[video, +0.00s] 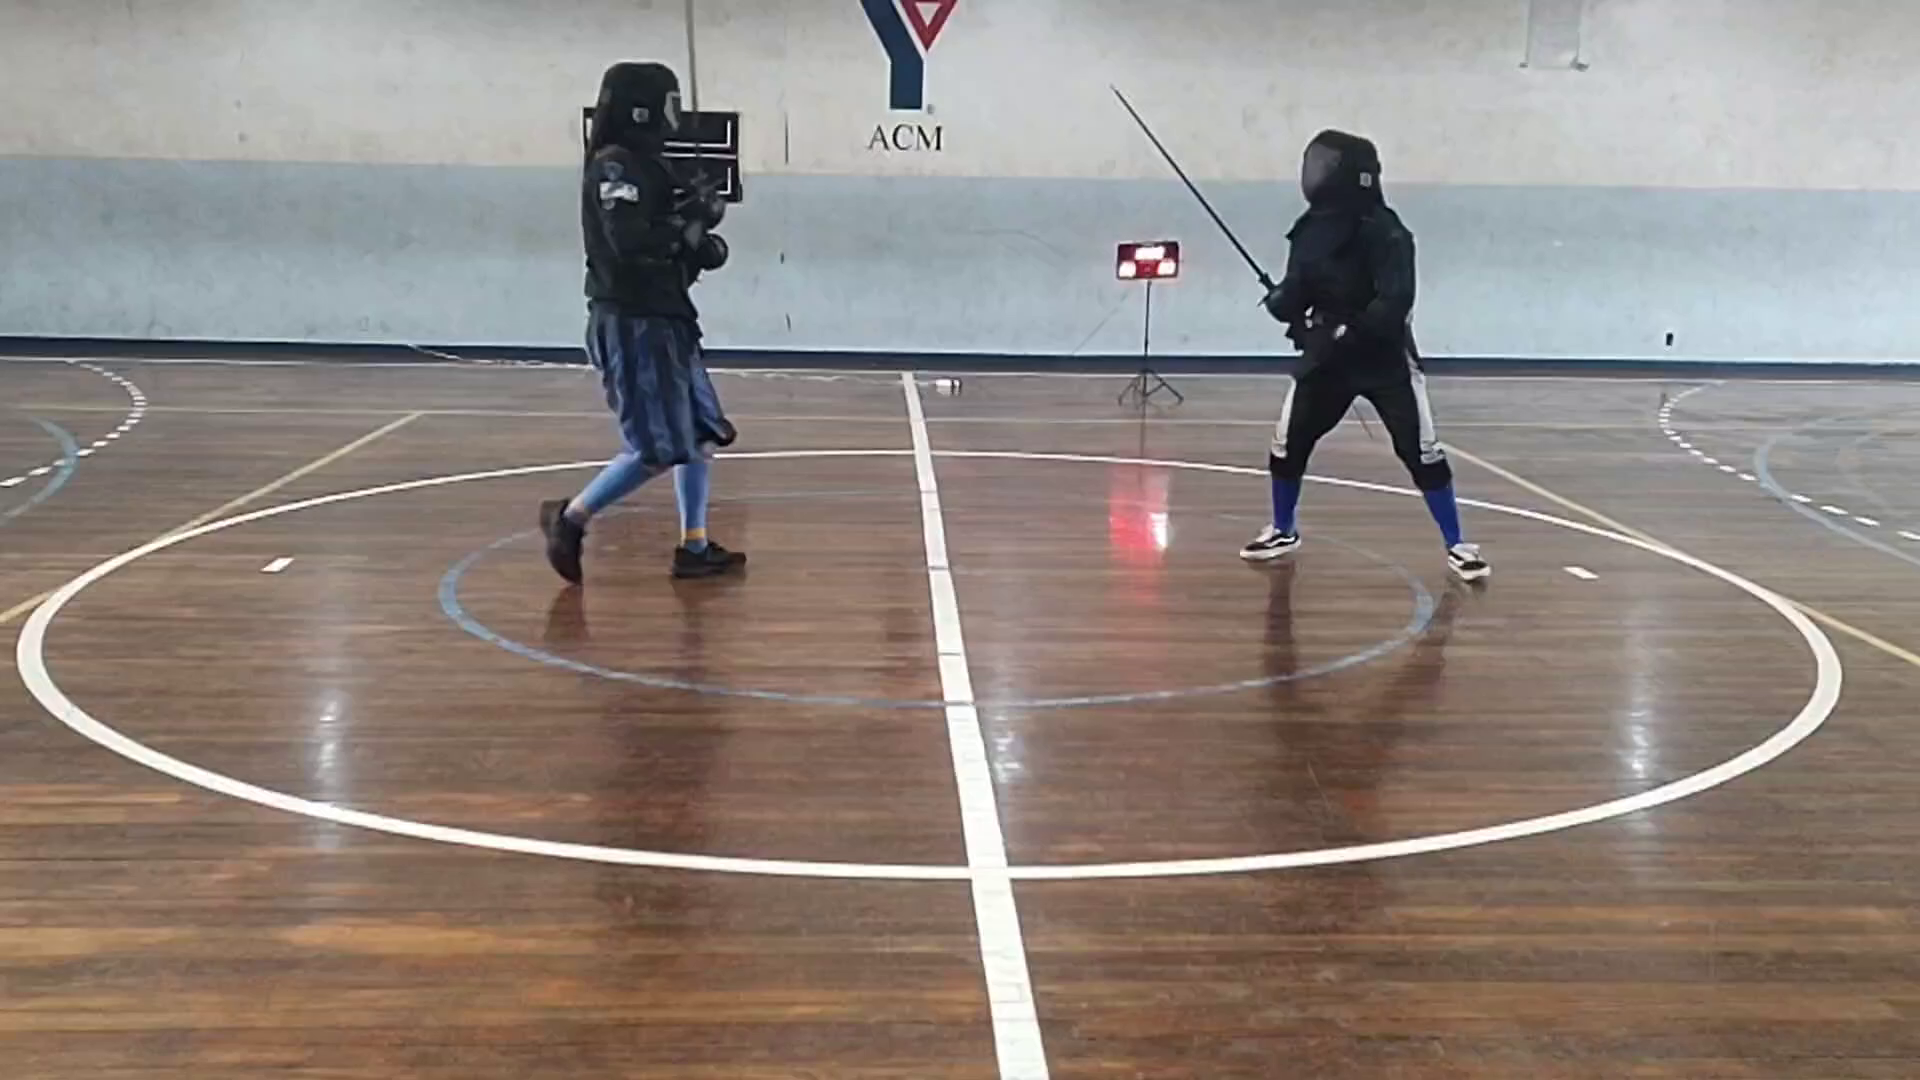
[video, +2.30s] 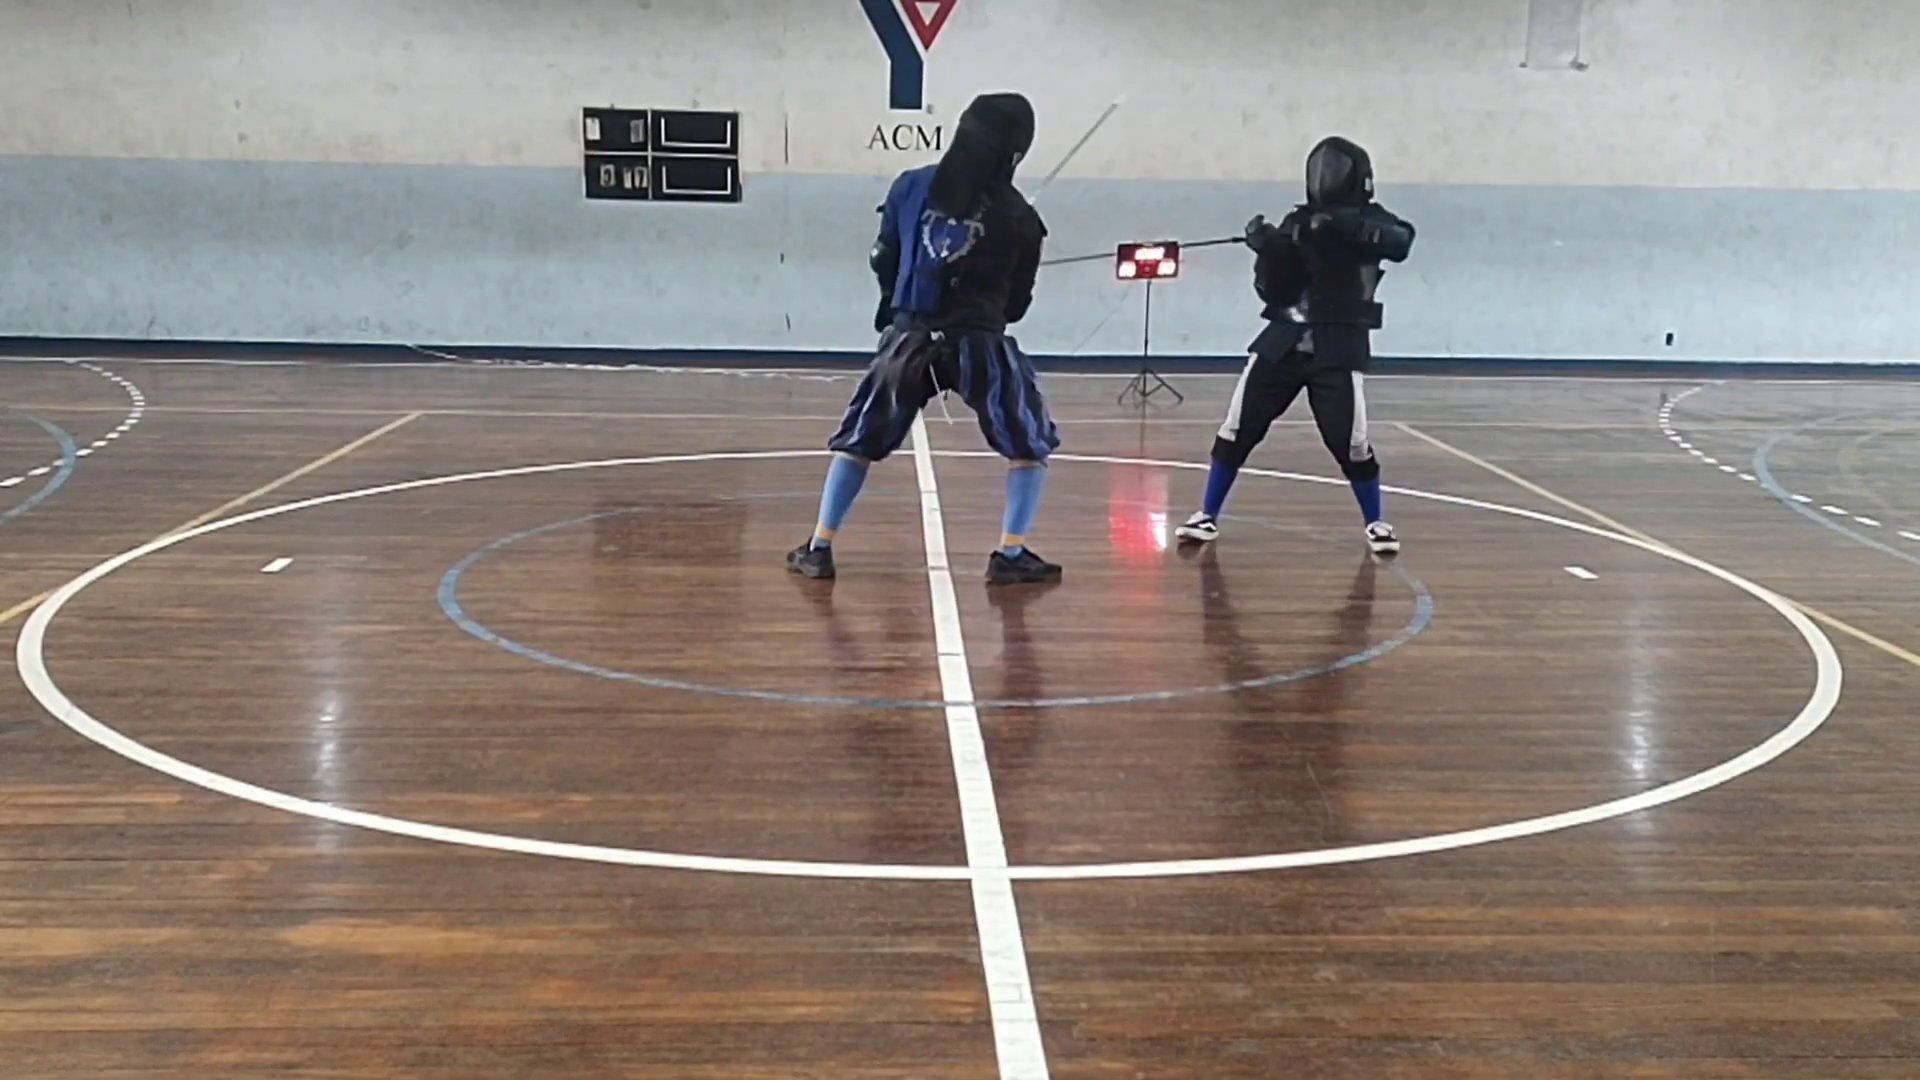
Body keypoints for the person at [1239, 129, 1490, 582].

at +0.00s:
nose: (1305, 172)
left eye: (1315, 163)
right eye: (1307, 162)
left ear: (1345, 171)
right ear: (1325, 171)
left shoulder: (1384, 229)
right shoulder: (1309, 229)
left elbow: (1396, 300)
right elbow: (1293, 297)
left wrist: (1348, 333)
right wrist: (1281, 299)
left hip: (1385, 357)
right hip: (1326, 358)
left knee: (1421, 452)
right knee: (1288, 443)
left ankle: (1457, 545)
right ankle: (1283, 531)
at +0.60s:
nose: (1332, 204)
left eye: (1343, 195)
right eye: (1331, 194)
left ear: (1370, 201)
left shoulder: (1402, 252)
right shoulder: (1336, 255)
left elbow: (1427, 316)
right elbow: (1332, 314)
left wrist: (1387, 357)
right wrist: (1322, 330)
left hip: (1411, 371)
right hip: (1358, 370)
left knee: (1442, 459)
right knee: (1314, 449)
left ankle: (1471, 525)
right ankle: (1275, 530)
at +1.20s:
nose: (1355, 212)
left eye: (1366, 203)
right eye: (1356, 202)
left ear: (1395, 211)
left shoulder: (1428, 269)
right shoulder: (1352, 260)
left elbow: (1417, 347)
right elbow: (1326, 324)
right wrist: (1309, 310)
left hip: (1407, 387)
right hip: (1346, 380)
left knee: (1446, 467)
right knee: (1276, 435)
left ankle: (1473, 526)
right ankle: (1242, 516)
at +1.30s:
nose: (1343, 207)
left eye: (1353, 199)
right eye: (1342, 198)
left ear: (1378, 204)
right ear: (1342, 205)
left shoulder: (1402, 250)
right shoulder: (1329, 249)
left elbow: (1376, 295)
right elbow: (1275, 279)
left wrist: (1324, 275)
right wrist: (1244, 259)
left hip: (1385, 378)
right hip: (1323, 377)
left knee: (1444, 456)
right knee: (1260, 446)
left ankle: (1472, 527)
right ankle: (1210, 519)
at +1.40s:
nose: (1333, 207)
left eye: (1342, 199)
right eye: (1329, 198)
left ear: (1360, 201)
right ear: (1323, 198)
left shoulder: (1385, 237)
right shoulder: (1311, 230)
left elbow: (1340, 236)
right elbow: (1263, 228)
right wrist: (1226, 198)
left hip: (1367, 377)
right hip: (1308, 375)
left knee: (1434, 451)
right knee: (1249, 449)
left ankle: (1468, 528)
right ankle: (1209, 519)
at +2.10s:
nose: (1326, 177)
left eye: (1335, 169)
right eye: (1322, 168)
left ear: (1357, 175)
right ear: (1313, 171)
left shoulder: (1372, 219)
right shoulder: (1302, 209)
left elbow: (1360, 234)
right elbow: (1253, 228)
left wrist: (1293, 197)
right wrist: (1228, 199)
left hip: (1339, 352)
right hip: (1281, 348)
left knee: (1382, 441)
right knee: (1238, 434)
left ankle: (1425, 521)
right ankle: (1208, 519)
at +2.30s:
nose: (1324, 176)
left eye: (1336, 166)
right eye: (1318, 166)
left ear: (1357, 174)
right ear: (1310, 171)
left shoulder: (1374, 220)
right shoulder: (1296, 221)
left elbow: (1399, 244)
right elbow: (1273, 292)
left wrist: (1341, 221)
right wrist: (1269, 248)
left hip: (1337, 349)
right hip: (1281, 343)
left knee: (1351, 443)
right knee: (1236, 430)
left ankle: (1375, 524)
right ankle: (1206, 516)